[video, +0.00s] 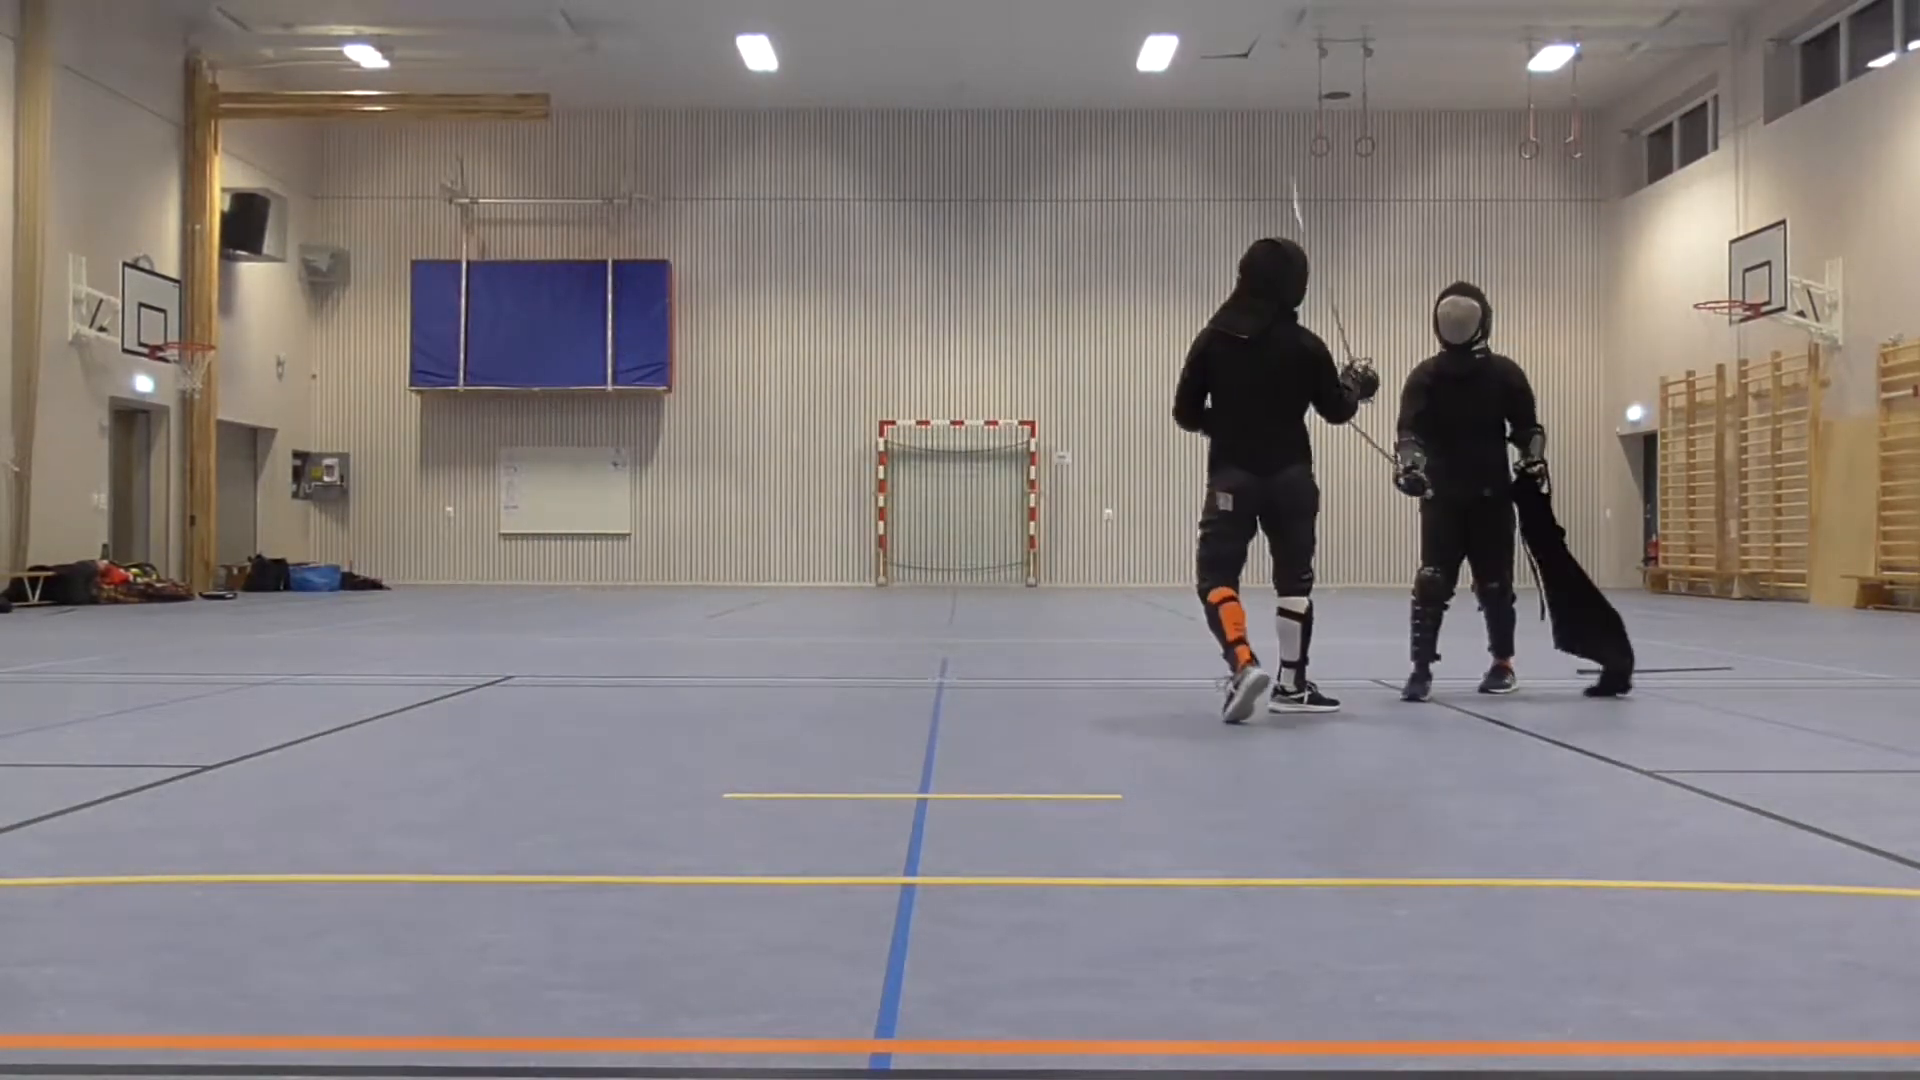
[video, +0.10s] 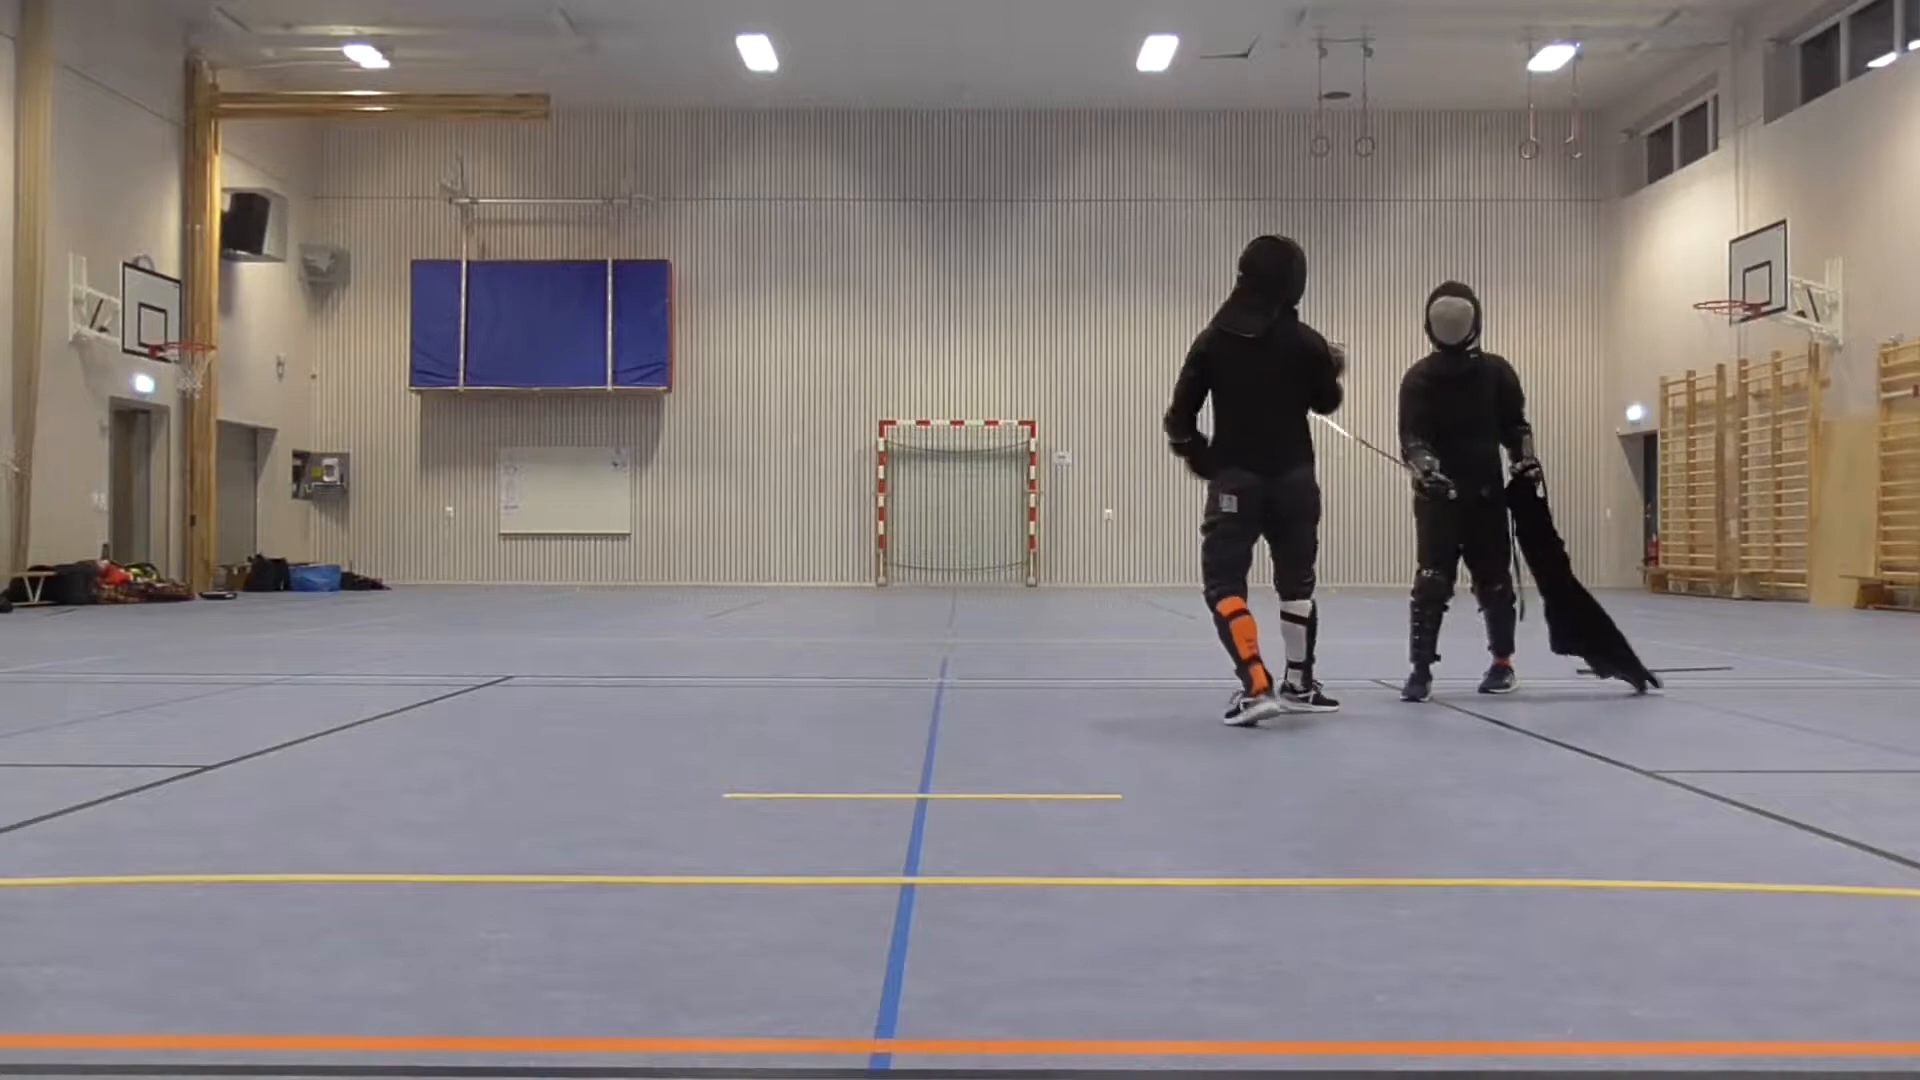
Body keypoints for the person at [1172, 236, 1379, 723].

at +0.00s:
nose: (1304, 290)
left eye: (1302, 282)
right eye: (1301, 283)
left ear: (1246, 280)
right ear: (1294, 288)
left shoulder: (1215, 339)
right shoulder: (1304, 346)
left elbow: (1186, 414)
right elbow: (1335, 411)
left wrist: (1230, 421)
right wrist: (1356, 389)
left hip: (1231, 482)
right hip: (1292, 482)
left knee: (1217, 577)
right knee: (1295, 577)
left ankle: (1244, 667)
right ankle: (1292, 684)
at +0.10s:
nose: (1299, 292)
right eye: (1298, 284)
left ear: (1243, 279)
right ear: (1293, 286)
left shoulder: (1215, 340)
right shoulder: (1306, 343)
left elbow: (1179, 418)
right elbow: (1326, 401)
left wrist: (1206, 464)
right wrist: (1326, 366)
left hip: (1234, 484)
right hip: (1295, 485)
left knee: (1224, 584)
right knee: (1297, 581)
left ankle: (1258, 686)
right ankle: (1300, 683)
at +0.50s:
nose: (1234, 233)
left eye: (1239, 224)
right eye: (1239, 224)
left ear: (1248, 228)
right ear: (1300, 233)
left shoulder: (1226, 284)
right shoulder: (1321, 300)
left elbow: (1200, 352)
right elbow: (1330, 382)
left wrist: (1181, 402)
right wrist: (1298, 416)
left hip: (1238, 446)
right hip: (1303, 448)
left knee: (1227, 560)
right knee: (1296, 556)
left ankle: (1236, 680)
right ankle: (1309, 654)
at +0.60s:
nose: (1232, 254)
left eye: (1235, 244)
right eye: (1233, 244)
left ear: (1248, 243)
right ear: (1297, 243)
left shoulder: (1233, 296)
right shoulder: (1329, 309)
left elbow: (1209, 372)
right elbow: (1341, 399)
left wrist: (1185, 424)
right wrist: (1304, 434)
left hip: (1241, 454)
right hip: (1306, 460)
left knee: (1208, 564)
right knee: (1288, 574)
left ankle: (1231, 687)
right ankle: (1300, 693)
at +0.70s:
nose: (1226, 277)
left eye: (1229, 266)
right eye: (1225, 267)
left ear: (1248, 263)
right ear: (1290, 263)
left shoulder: (1234, 319)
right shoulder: (1328, 328)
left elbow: (1206, 402)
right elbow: (1351, 421)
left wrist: (1181, 462)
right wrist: (1323, 457)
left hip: (1245, 474)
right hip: (1309, 483)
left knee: (1192, 574)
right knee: (1285, 588)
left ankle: (1226, 689)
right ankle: (1298, 706)